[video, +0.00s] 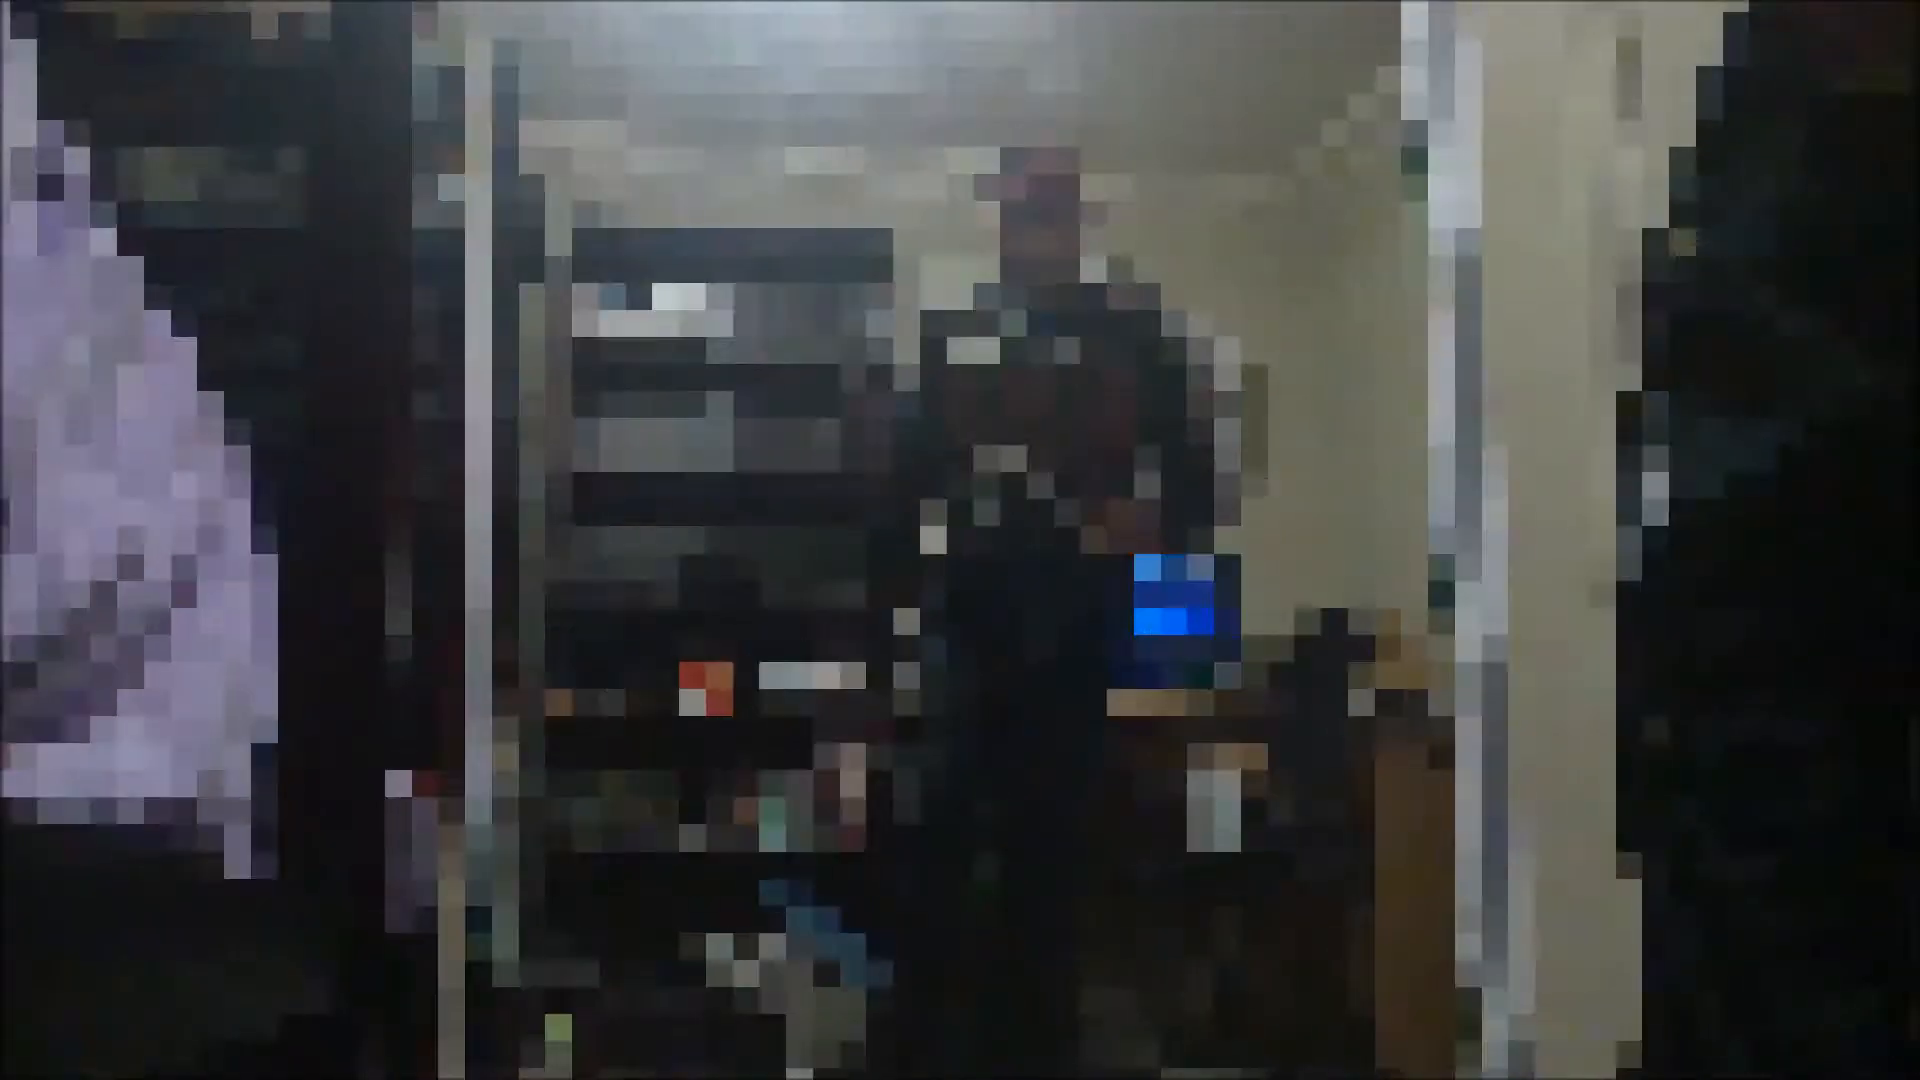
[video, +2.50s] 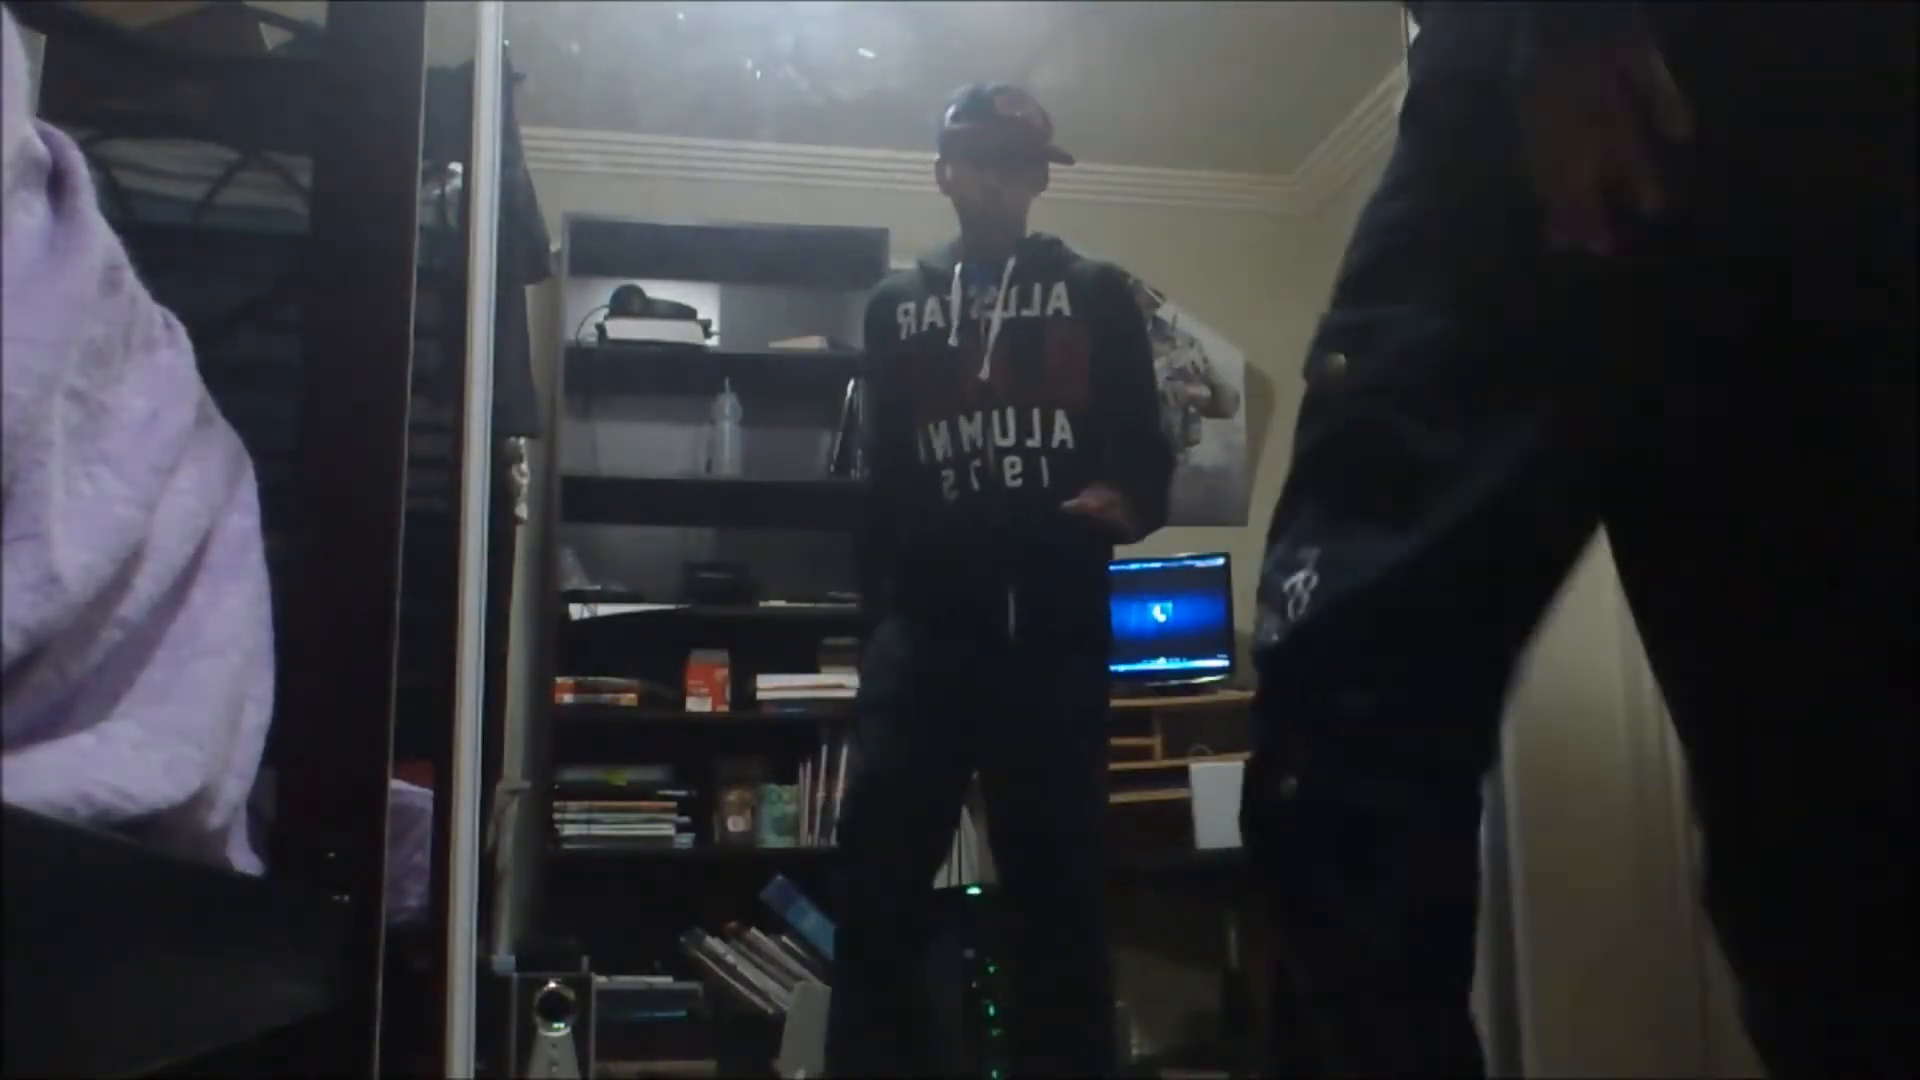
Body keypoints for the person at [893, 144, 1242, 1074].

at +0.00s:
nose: (1039, 233)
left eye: (1055, 213)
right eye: (1024, 213)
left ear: (1082, 219)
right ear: (997, 218)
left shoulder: (1132, 330)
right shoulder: (957, 333)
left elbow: (1192, 462)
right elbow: (914, 462)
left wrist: (1152, 527)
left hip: (1088, 594)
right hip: (978, 593)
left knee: (1067, 806)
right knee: (962, 798)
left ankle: (1049, 1013)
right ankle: (949, 1010)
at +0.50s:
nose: (997, 217)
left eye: (1017, 198)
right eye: (982, 199)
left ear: (1054, 205)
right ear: (962, 206)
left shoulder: (1117, 317)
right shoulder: (930, 329)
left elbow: (1177, 473)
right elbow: (927, 477)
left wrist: (1106, 519)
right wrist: (914, 587)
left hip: (1065, 626)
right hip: (950, 622)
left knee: (1041, 863)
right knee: (911, 850)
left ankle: (1025, 1061)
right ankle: (894, 1062)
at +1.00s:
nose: (981, 188)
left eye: (1001, 174)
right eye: (965, 167)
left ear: (1022, 191)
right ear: (927, 179)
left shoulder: (1063, 313)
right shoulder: (873, 304)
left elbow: (1096, 458)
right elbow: (823, 448)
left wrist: (1107, 581)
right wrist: (811, 564)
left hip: (1032, 600)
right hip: (907, 596)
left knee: (1024, 840)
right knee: (894, 837)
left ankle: (1019, 1050)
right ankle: (887, 1049)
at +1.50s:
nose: (954, 204)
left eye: (968, 188)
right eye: (938, 179)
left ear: (978, 199)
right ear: (885, 179)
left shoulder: (985, 318)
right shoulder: (816, 284)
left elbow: (998, 483)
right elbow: (757, 428)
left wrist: (1016, 638)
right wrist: (893, 433)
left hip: (976, 615)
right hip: (862, 610)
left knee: (1035, 843)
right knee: (878, 860)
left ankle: (1021, 1061)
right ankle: (881, 1066)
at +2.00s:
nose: (967, 188)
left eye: (983, 171)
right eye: (947, 167)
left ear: (999, 179)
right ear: (901, 173)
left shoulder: (1032, 301)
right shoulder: (837, 290)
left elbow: (1053, 471)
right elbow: (804, 448)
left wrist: (1102, 585)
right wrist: (819, 587)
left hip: (996, 609)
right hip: (874, 610)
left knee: (1044, 855)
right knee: (867, 868)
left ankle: (1071, 1064)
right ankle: (857, 1069)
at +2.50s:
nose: (999, 168)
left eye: (1018, 151)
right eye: (979, 150)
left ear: (1046, 171)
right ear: (945, 171)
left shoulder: (1098, 290)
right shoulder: (894, 302)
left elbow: (1145, 459)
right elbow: (864, 466)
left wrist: (1122, 501)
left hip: (1051, 613)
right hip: (922, 612)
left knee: (1054, 867)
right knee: (879, 855)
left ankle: (1063, 1063)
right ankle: (877, 1065)